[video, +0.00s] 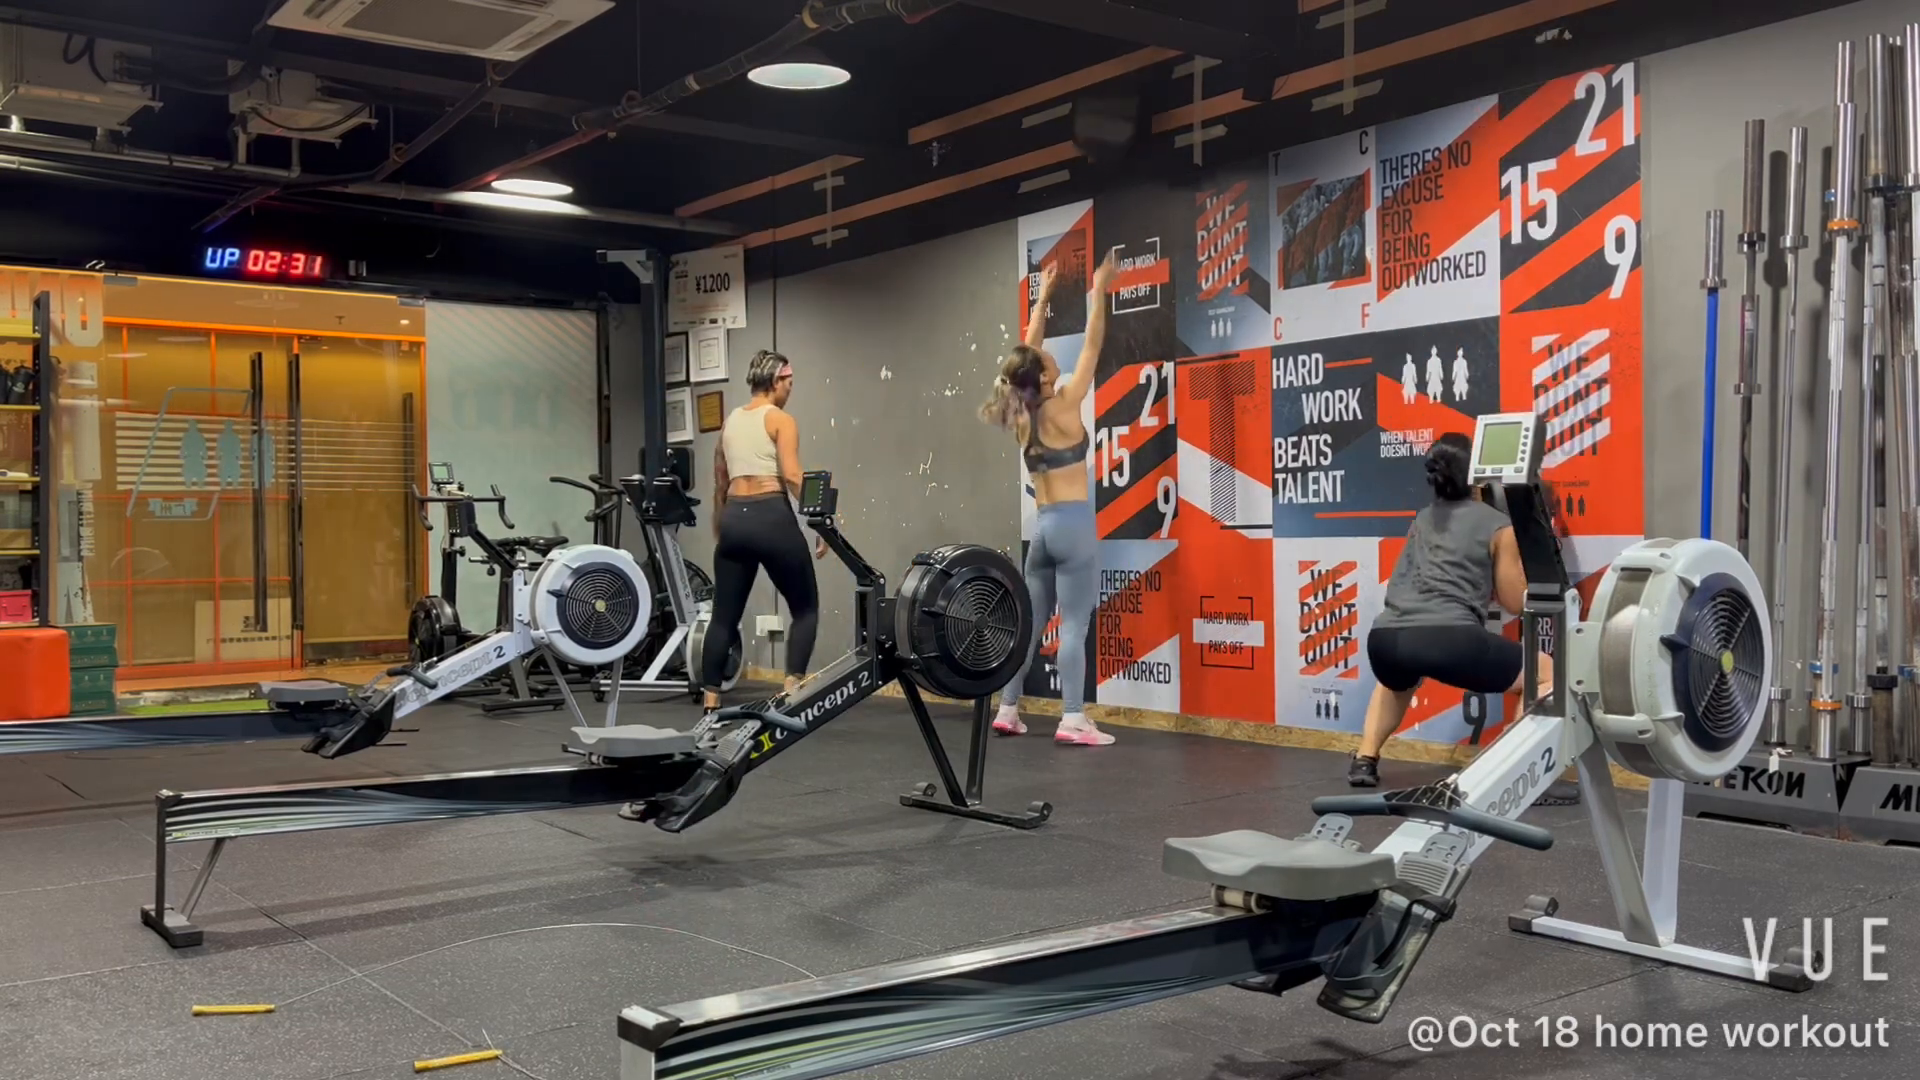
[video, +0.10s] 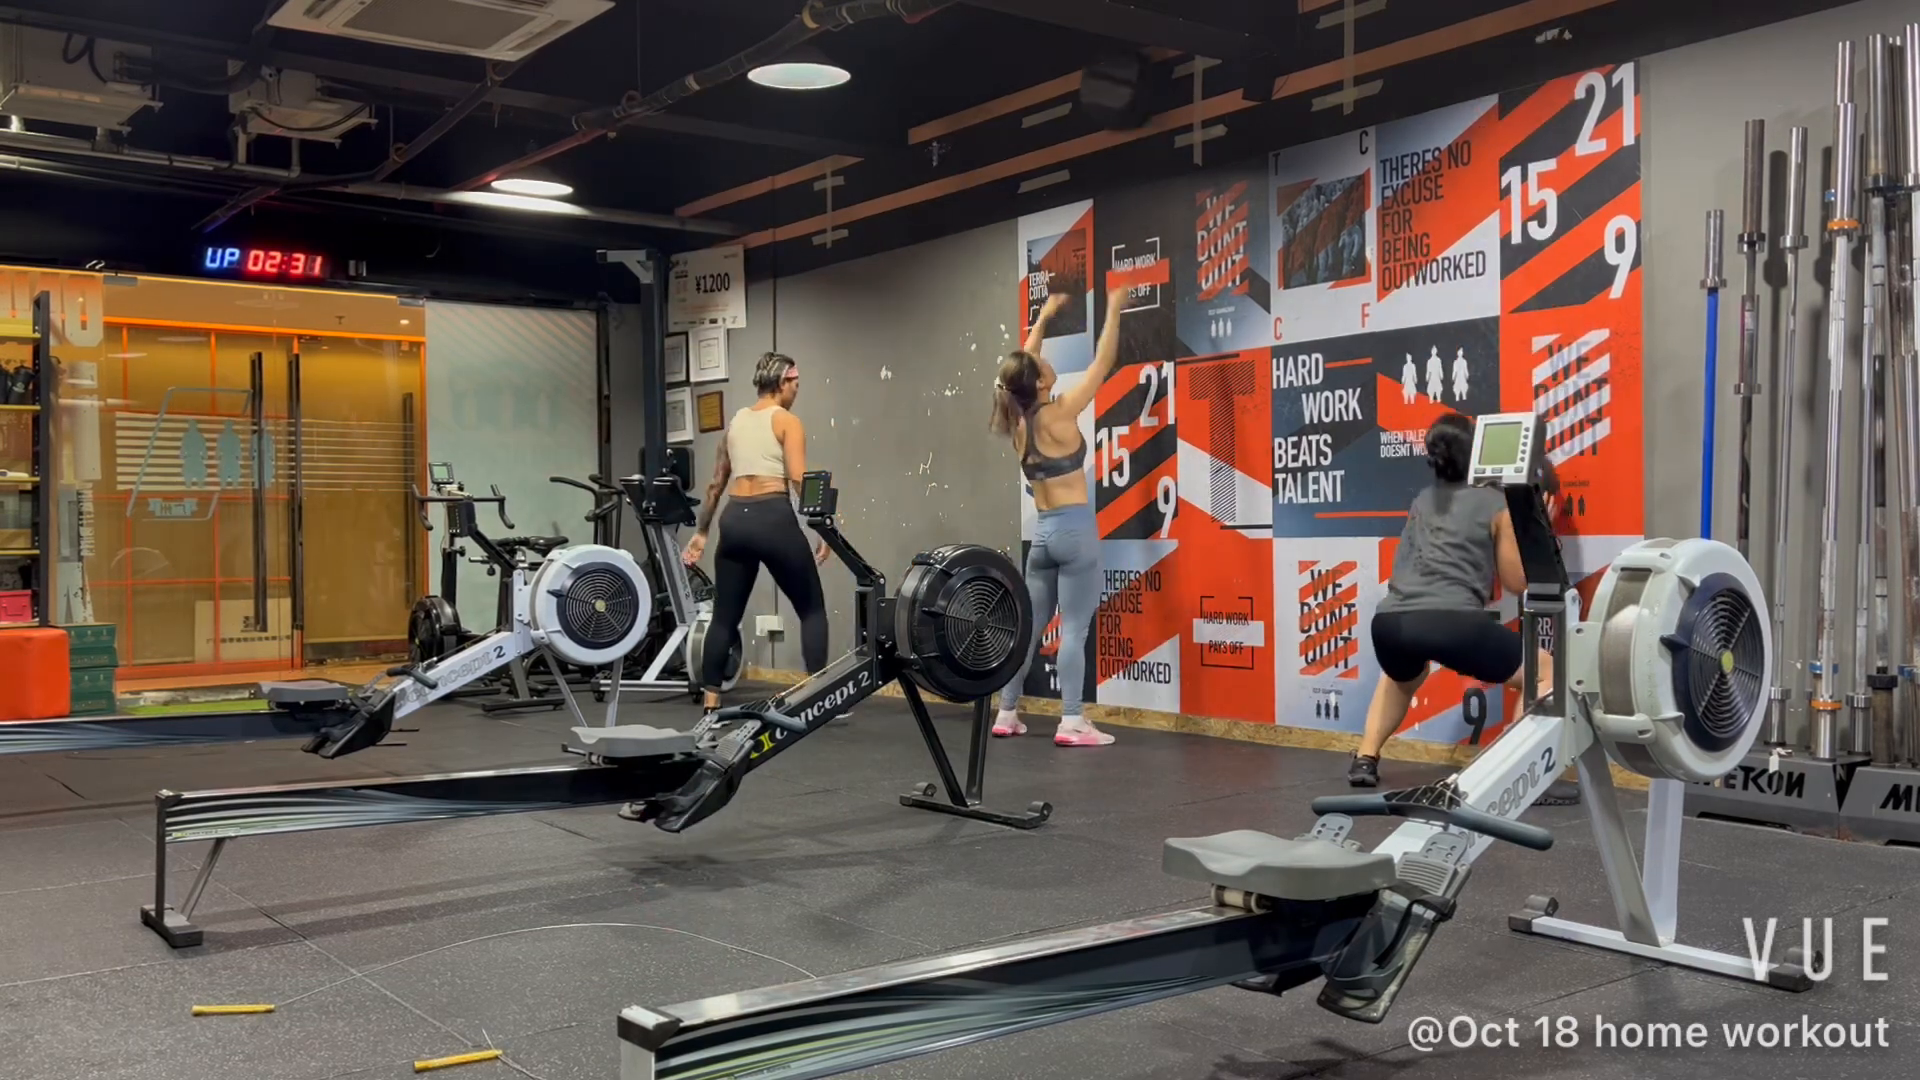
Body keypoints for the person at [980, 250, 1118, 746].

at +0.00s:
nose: (1057, 364)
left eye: (1050, 362)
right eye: (1052, 361)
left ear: (1024, 378)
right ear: (1046, 374)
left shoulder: (1022, 412)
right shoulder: (1068, 402)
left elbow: (1028, 354)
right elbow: (1093, 344)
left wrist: (1041, 300)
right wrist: (1101, 292)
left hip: (1042, 522)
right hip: (1074, 522)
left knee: (1027, 622)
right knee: (1074, 624)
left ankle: (1008, 709)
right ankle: (1072, 718)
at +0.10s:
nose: (1051, 369)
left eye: (1045, 366)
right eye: (1046, 369)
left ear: (1021, 386)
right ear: (1038, 381)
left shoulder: (1018, 421)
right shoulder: (1062, 411)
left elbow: (1026, 367)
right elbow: (1103, 363)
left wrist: (1041, 320)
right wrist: (1114, 312)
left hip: (1042, 530)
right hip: (1076, 528)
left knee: (1029, 627)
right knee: (1074, 632)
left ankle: (1006, 713)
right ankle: (1072, 722)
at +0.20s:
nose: (1046, 367)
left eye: (1042, 364)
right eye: (1042, 364)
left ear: (1017, 387)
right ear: (1037, 381)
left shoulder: (1018, 421)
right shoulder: (1061, 411)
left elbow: (1029, 371)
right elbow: (1113, 375)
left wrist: (1050, 338)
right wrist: (1135, 327)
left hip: (1040, 526)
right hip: (1074, 524)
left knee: (1029, 625)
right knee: (1076, 628)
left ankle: (1006, 711)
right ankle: (1072, 721)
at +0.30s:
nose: (1048, 369)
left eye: (1044, 367)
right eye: (1043, 368)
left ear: (1019, 391)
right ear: (1037, 385)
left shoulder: (1018, 423)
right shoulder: (1063, 414)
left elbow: (1033, 384)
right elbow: (1116, 388)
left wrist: (1057, 357)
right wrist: (1146, 346)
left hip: (1038, 527)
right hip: (1072, 525)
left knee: (1026, 625)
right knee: (1072, 628)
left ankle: (1005, 713)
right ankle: (1072, 722)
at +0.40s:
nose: (1050, 375)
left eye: (1047, 372)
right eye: (1045, 373)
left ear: (1017, 390)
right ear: (1038, 385)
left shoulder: (1016, 424)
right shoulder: (1062, 414)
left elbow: (1044, 400)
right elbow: (1123, 393)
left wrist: (1065, 369)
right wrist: (1151, 353)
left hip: (1035, 527)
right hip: (1070, 524)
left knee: (1026, 624)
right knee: (1072, 627)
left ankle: (1005, 713)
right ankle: (1072, 722)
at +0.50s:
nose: (1052, 373)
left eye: (1049, 370)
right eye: (1047, 370)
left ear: (1019, 388)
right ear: (1039, 382)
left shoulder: (1019, 420)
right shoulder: (1062, 412)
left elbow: (1050, 401)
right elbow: (1125, 394)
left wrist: (1075, 374)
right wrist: (1152, 351)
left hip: (1033, 526)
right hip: (1066, 525)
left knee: (1024, 624)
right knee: (1072, 628)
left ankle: (1005, 713)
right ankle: (1072, 722)